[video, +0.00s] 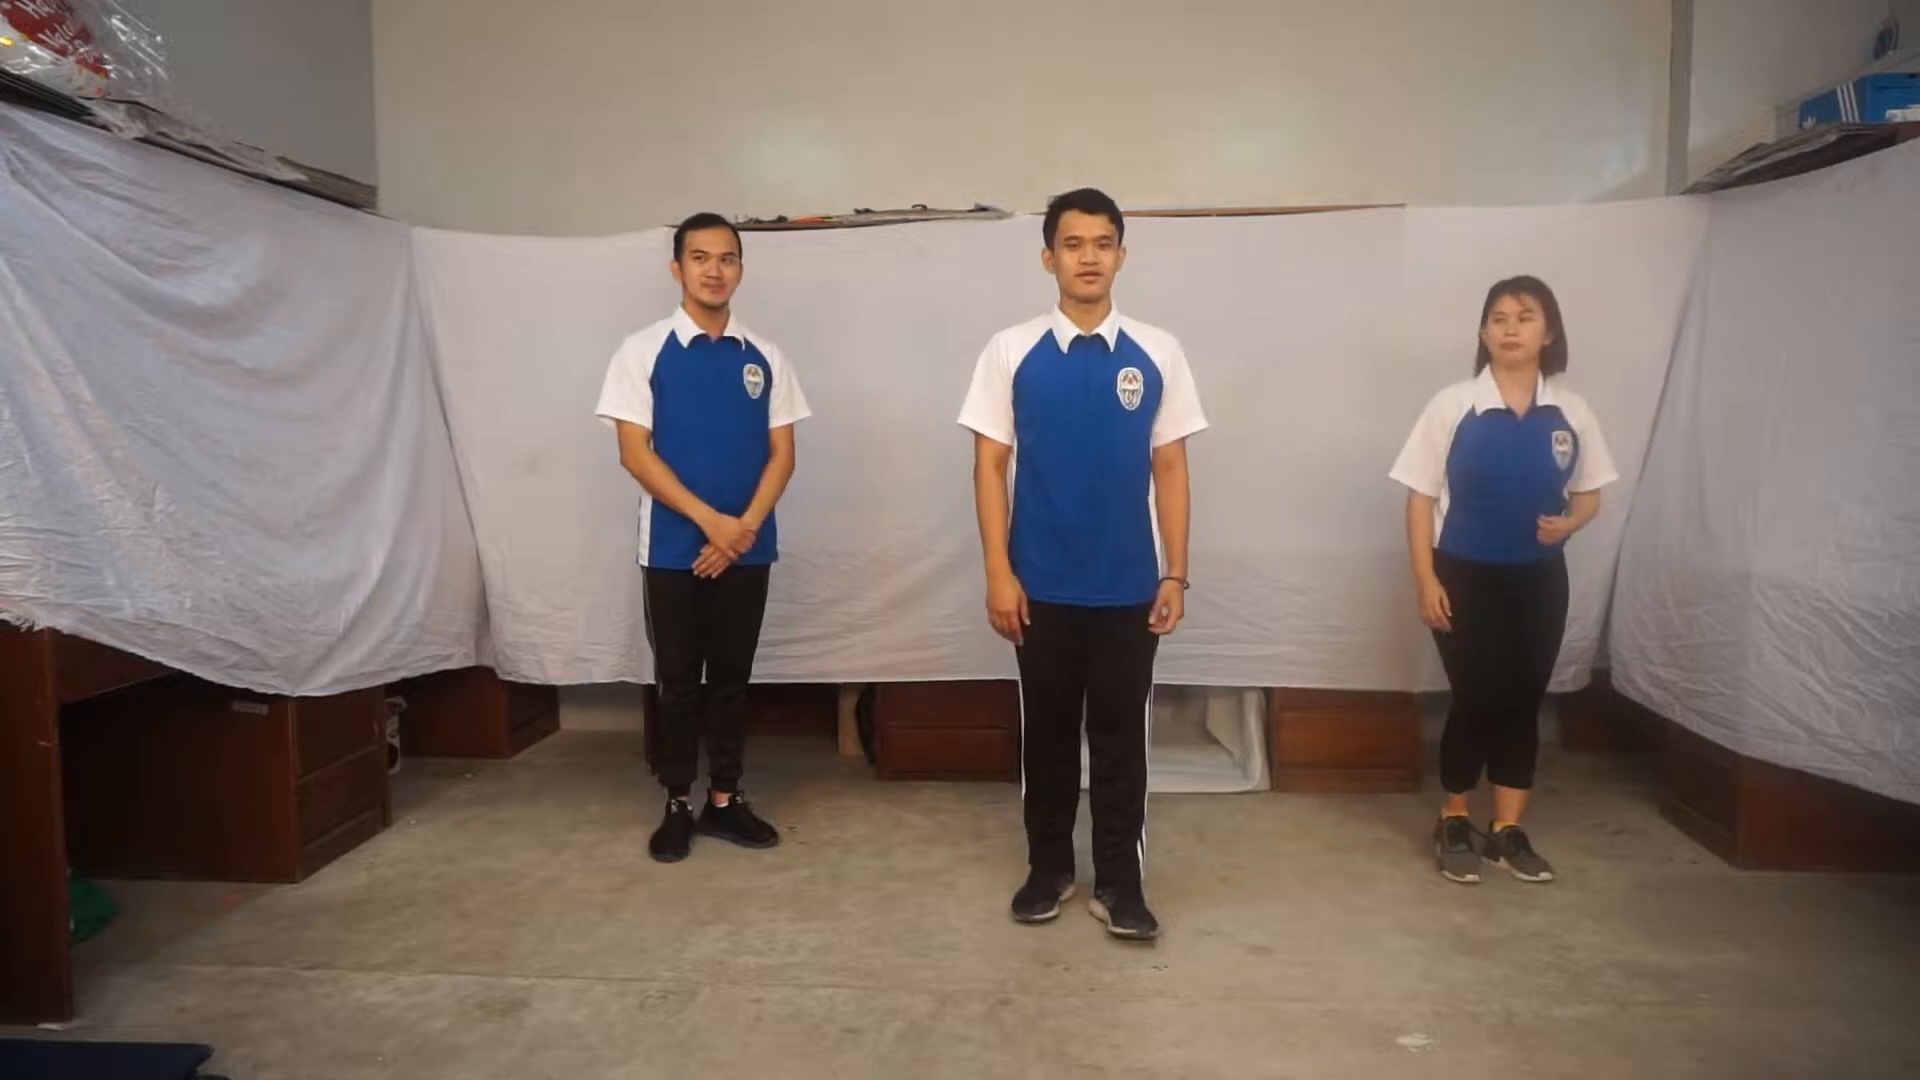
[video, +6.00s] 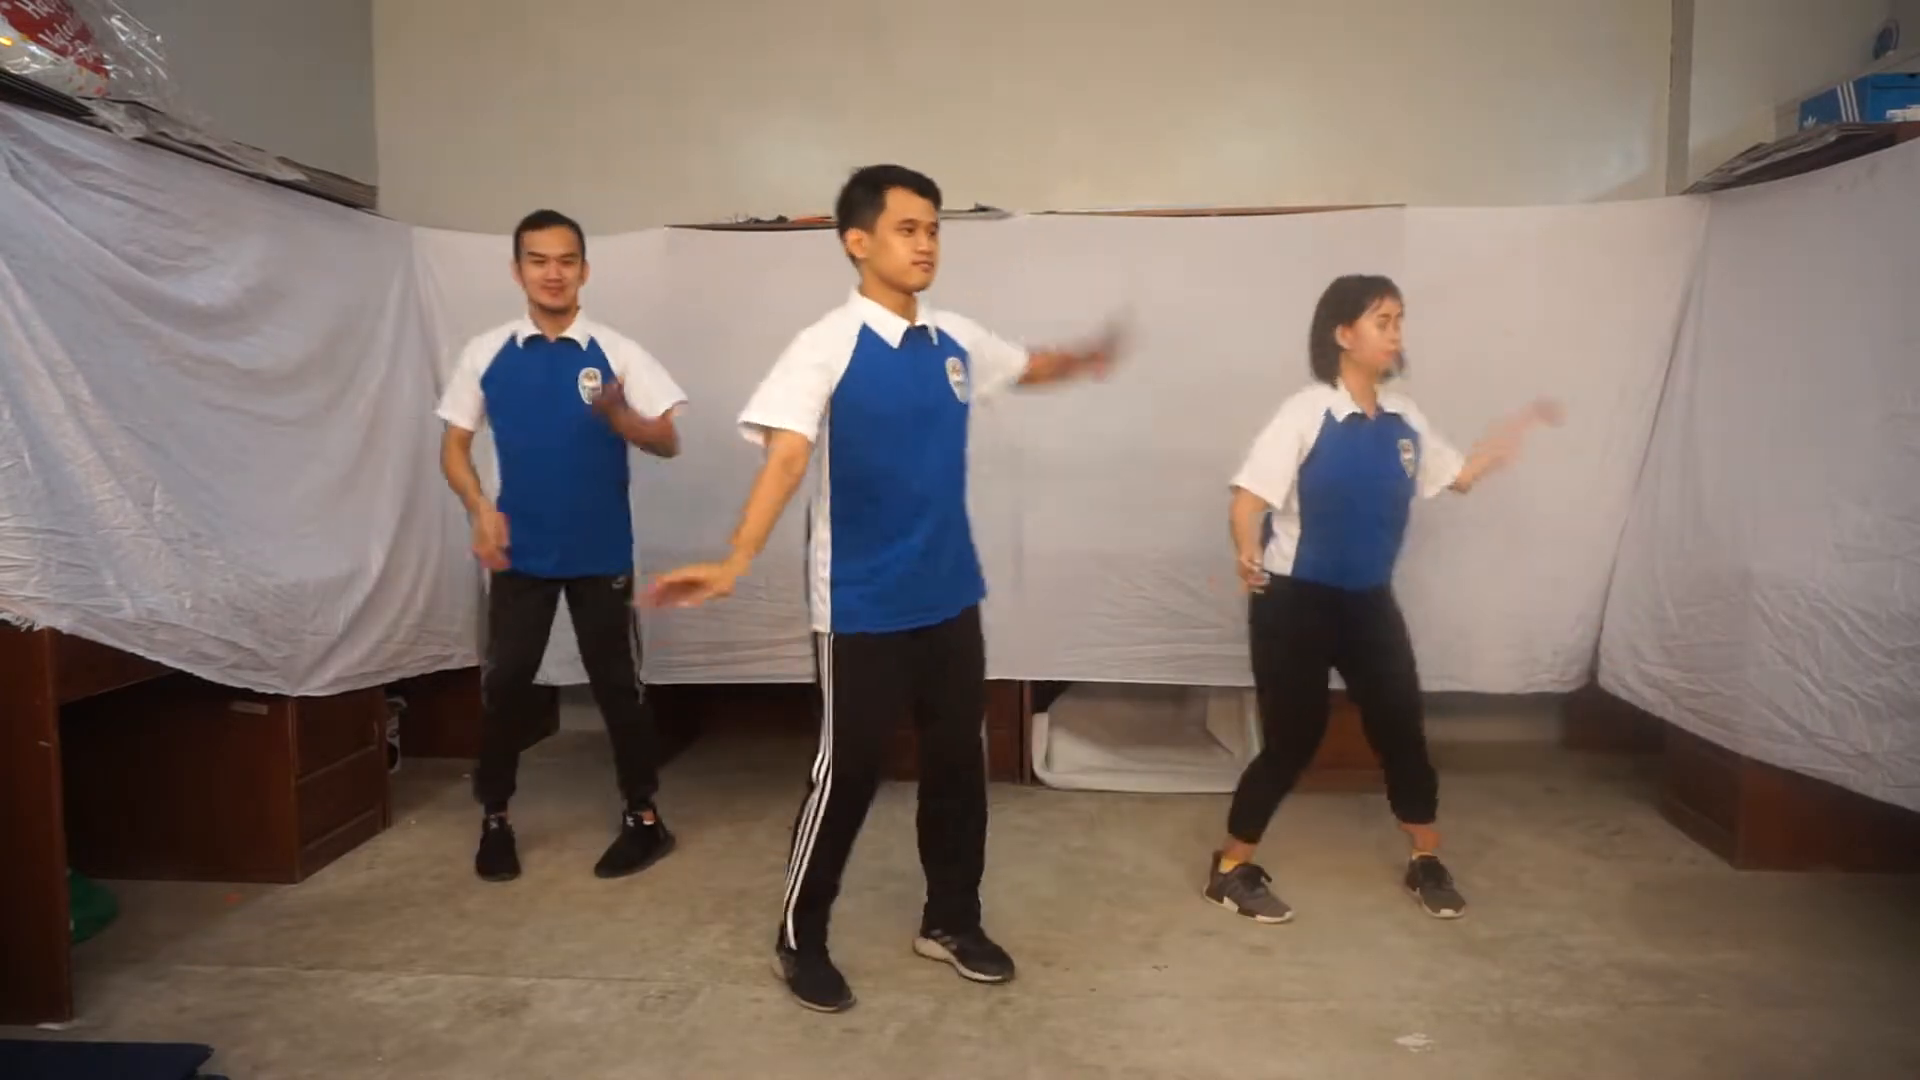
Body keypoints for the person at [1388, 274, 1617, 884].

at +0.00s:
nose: (1511, 326)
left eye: (1525, 317)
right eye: (1499, 317)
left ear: (1549, 332)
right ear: (1484, 331)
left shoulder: (1570, 409)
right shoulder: (1452, 404)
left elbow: (1589, 493)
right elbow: (1420, 496)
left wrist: (1570, 522)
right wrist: (1425, 579)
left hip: (1538, 576)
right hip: (1466, 576)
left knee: (1522, 701)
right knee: (1474, 699)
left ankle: (1508, 830)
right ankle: (1454, 822)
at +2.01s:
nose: (1511, 328)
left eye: (1521, 318)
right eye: (1496, 317)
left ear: (1533, 329)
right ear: (1467, 326)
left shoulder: (1550, 405)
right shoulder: (1436, 403)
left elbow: (1568, 498)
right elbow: (1411, 503)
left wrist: (1586, 574)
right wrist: (1407, 588)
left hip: (1526, 583)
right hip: (1454, 580)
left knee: (1515, 707)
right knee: (1461, 709)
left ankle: (1487, 823)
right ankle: (1453, 843)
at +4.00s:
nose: (1518, 312)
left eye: (1528, 303)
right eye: (1503, 304)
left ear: (1545, 319)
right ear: (1476, 322)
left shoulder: (1567, 401)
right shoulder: (1451, 400)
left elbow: (1609, 483)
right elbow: (1432, 499)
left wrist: (1669, 537)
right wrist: (1509, 512)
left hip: (1546, 587)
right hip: (1462, 587)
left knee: (1557, 713)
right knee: (1465, 715)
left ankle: (1564, 850)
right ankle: (1461, 848)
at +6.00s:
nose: (1397, 334)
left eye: (1399, 323)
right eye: (1384, 323)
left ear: (1395, 334)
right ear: (1343, 334)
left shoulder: (1402, 416)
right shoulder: (1308, 411)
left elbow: (1457, 476)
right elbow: (1249, 495)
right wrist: (1249, 558)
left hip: (1367, 604)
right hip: (1293, 602)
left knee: (1402, 729)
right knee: (1293, 737)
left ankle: (1426, 861)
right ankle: (1233, 865)